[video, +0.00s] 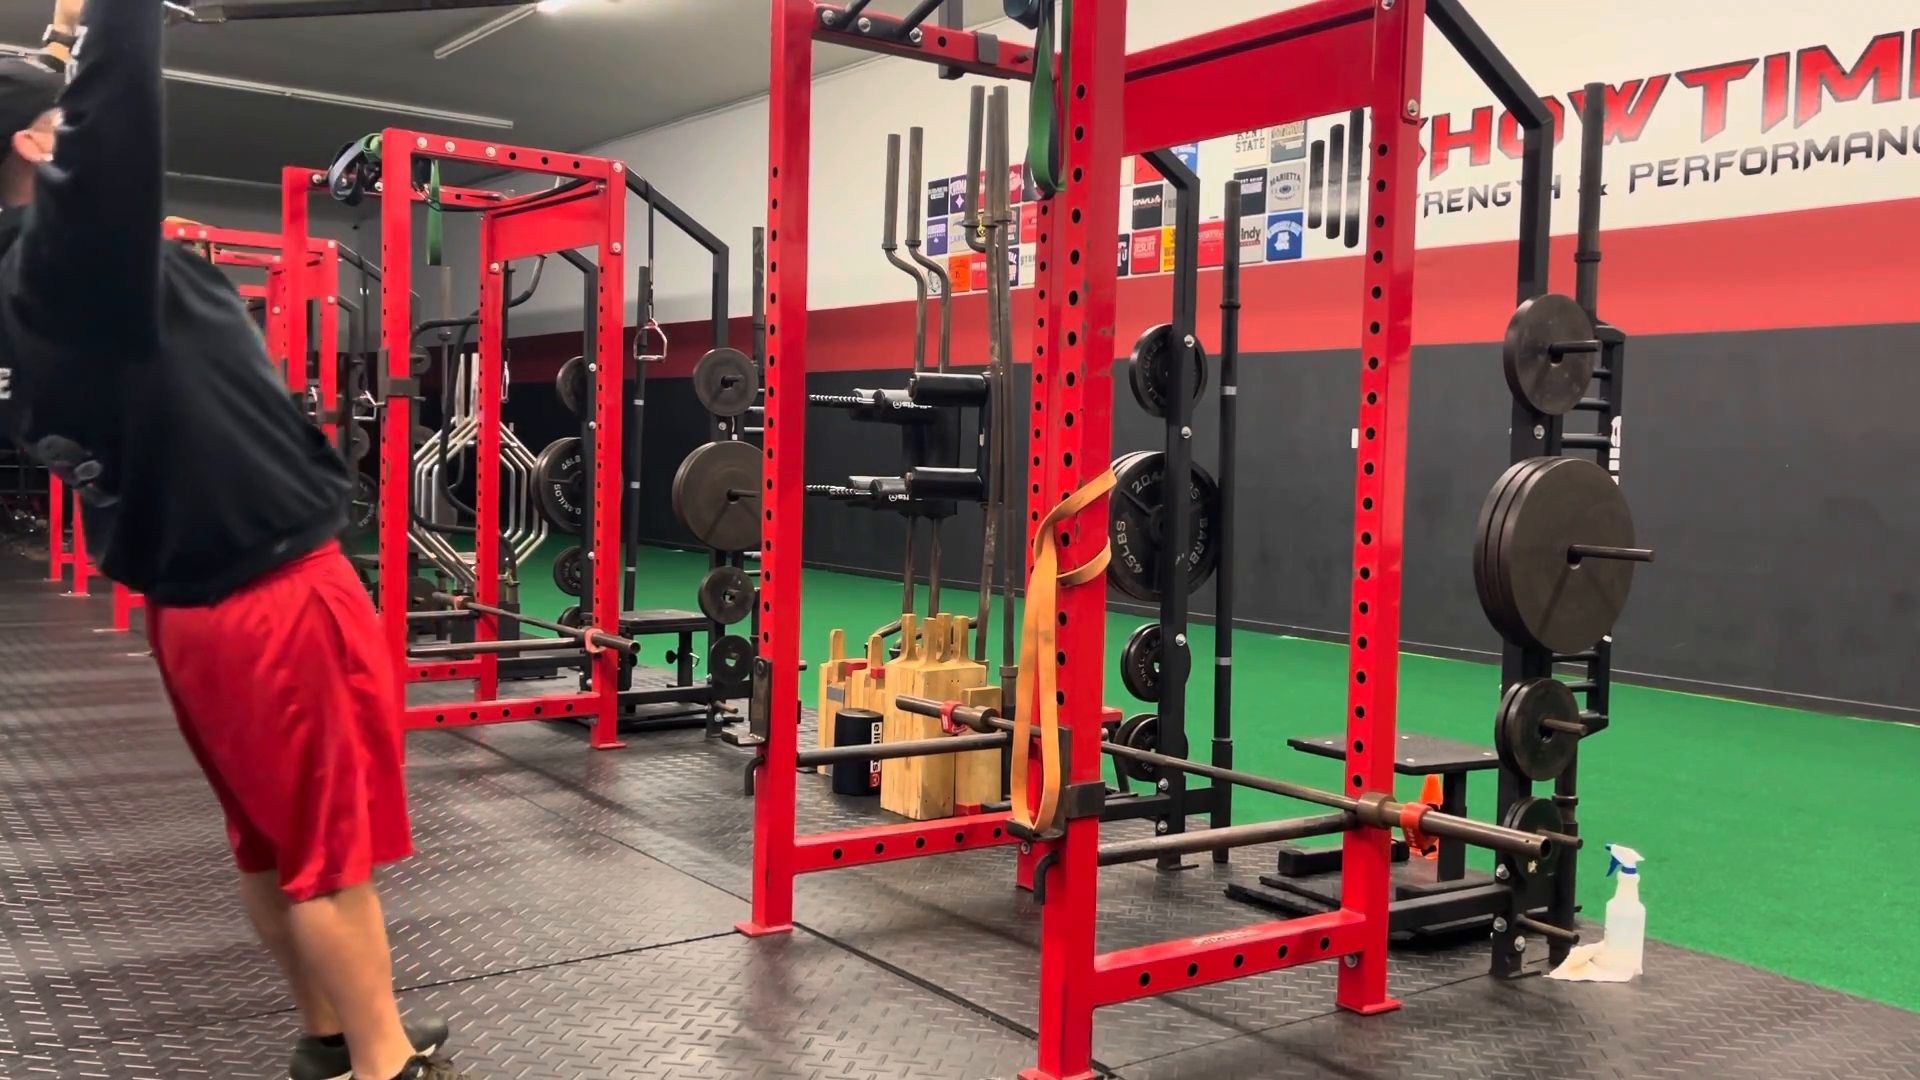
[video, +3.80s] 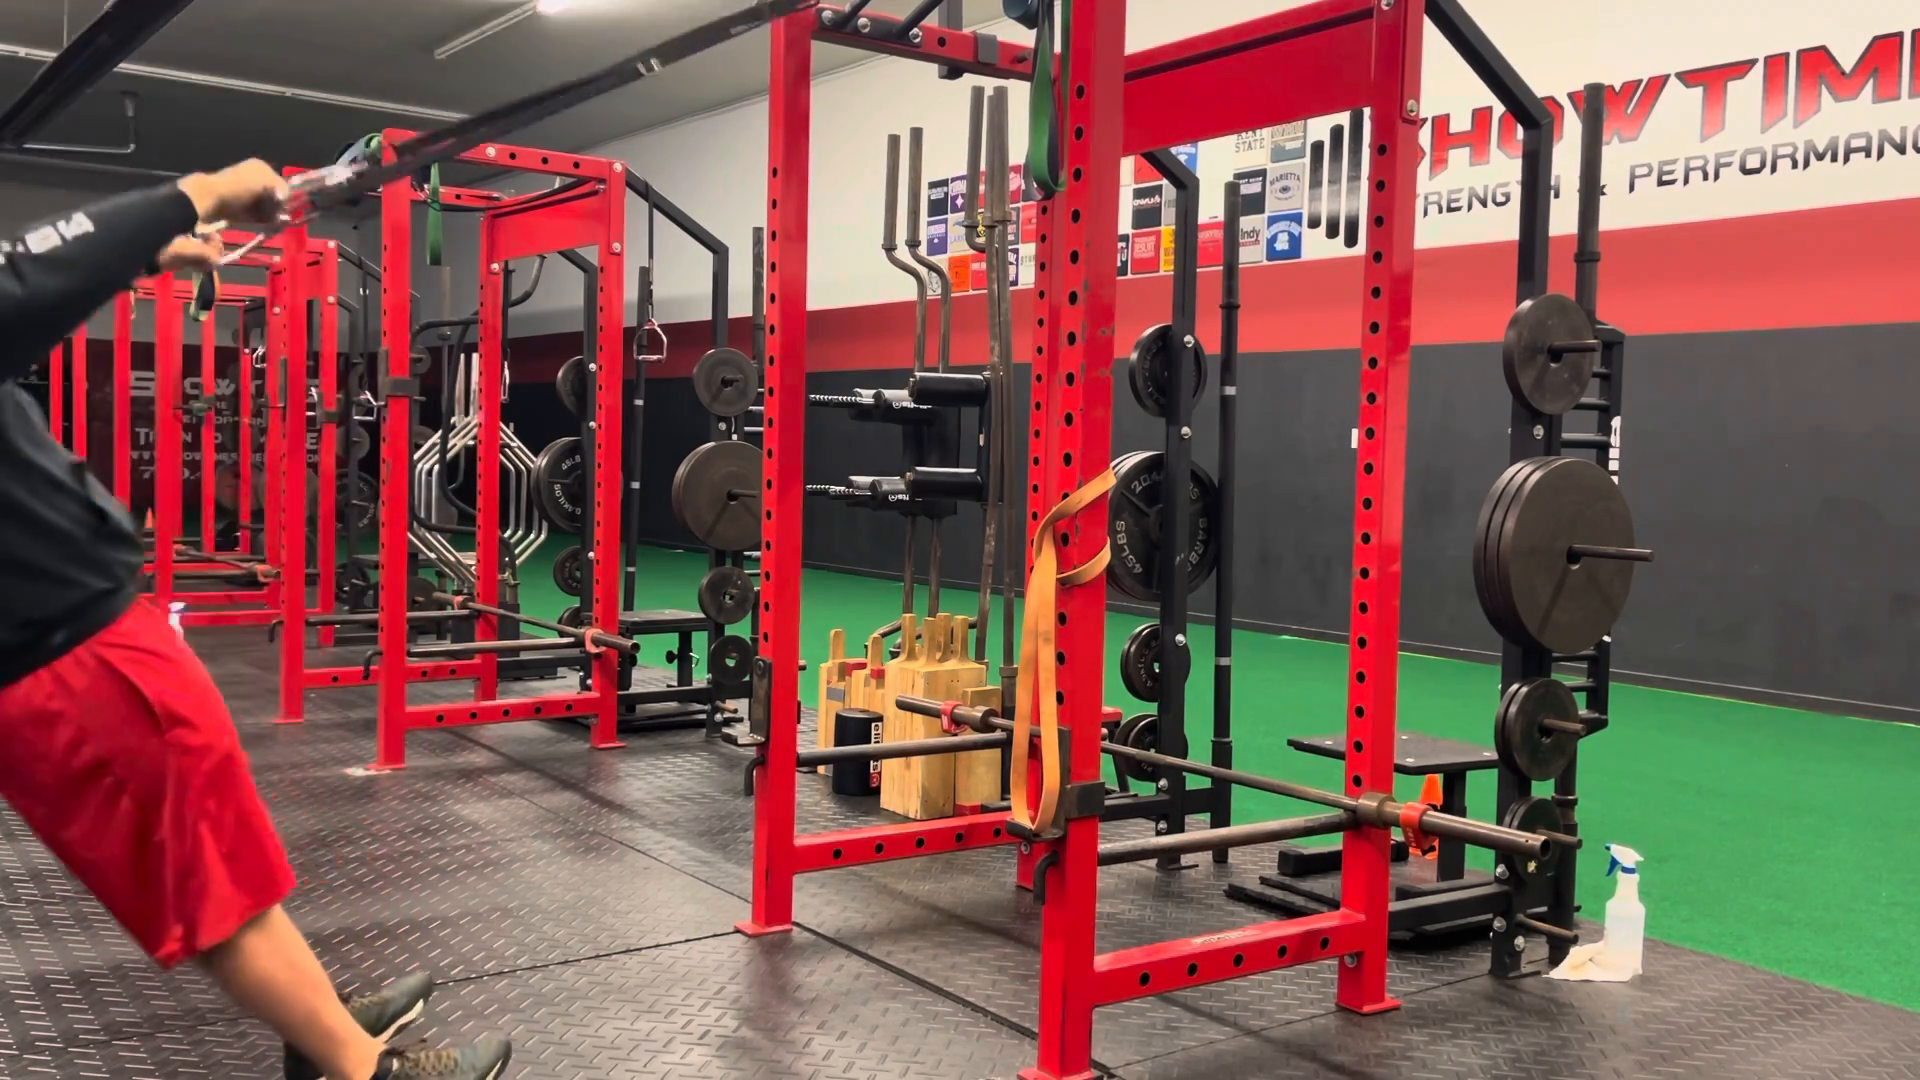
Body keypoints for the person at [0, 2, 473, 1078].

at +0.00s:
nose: (79, 132)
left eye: (74, 117)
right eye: (59, 121)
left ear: (29, 147)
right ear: (31, 148)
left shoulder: (37, 277)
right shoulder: (76, 263)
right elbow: (121, 88)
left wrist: (75, 35)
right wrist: (101, 7)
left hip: (201, 611)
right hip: (269, 606)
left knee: (275, 845)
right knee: (333, 858)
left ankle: (329, 1033)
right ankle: (386, 1061)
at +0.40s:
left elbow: (21, 225)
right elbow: (34, 205)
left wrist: (100, 159)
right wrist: (155, 87)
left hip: (89, 617)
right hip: (131, 610)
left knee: (238, 855)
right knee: (263, 866)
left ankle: (342, 1036)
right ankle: (370, 1064)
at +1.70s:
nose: (118, 125)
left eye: (100, 104)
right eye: (95, 111)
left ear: (48, 151)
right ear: (69, 134)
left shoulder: (44, 284)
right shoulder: (127, 238)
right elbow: (152, 85)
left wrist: (104, 36)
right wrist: (122, 14)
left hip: (217, 612)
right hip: (308, 599)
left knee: (284, 851)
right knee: (349, 866)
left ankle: (328, 1027)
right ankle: (388, 1061)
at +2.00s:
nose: (248, 122)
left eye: (221, 99)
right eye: (226, 99)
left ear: (149, 137)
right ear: (216, 119)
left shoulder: (146, 239)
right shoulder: (244, 220)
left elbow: (105, 130)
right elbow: (230, 62)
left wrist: (83, 18)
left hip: (263, 591)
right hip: (355, 591)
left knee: (300, 836)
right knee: (371, 855)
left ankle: (331, 1027)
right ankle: (392, 1056)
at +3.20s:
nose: (135, 125)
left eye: (123, 104)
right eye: (115, 111)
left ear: (36, 154)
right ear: (84, 131)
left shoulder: (59, 268)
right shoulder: (119, 239)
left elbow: (54, 170)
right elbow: (147, 89)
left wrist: (85, 44)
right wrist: (124, 7)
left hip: (216, 602)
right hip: (284, 595)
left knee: (290, 849)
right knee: (344, 863)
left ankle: (329, 1033)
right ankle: (392, 1060)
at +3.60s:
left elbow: (19, 175)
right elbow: (37, 156)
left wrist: (93, 142)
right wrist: (153, 36)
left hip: (95, 607)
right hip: (133, 607)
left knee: (239, 846)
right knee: (266, 864)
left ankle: (335, 1027)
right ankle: (371, 1063)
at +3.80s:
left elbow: (22, 296)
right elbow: (23, 293)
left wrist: (143, 248)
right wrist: (199, 193)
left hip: (58, 633)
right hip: (61, 634)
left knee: (202, 853)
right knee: (220, 884)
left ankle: (323, 1032)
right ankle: (361, 1065)